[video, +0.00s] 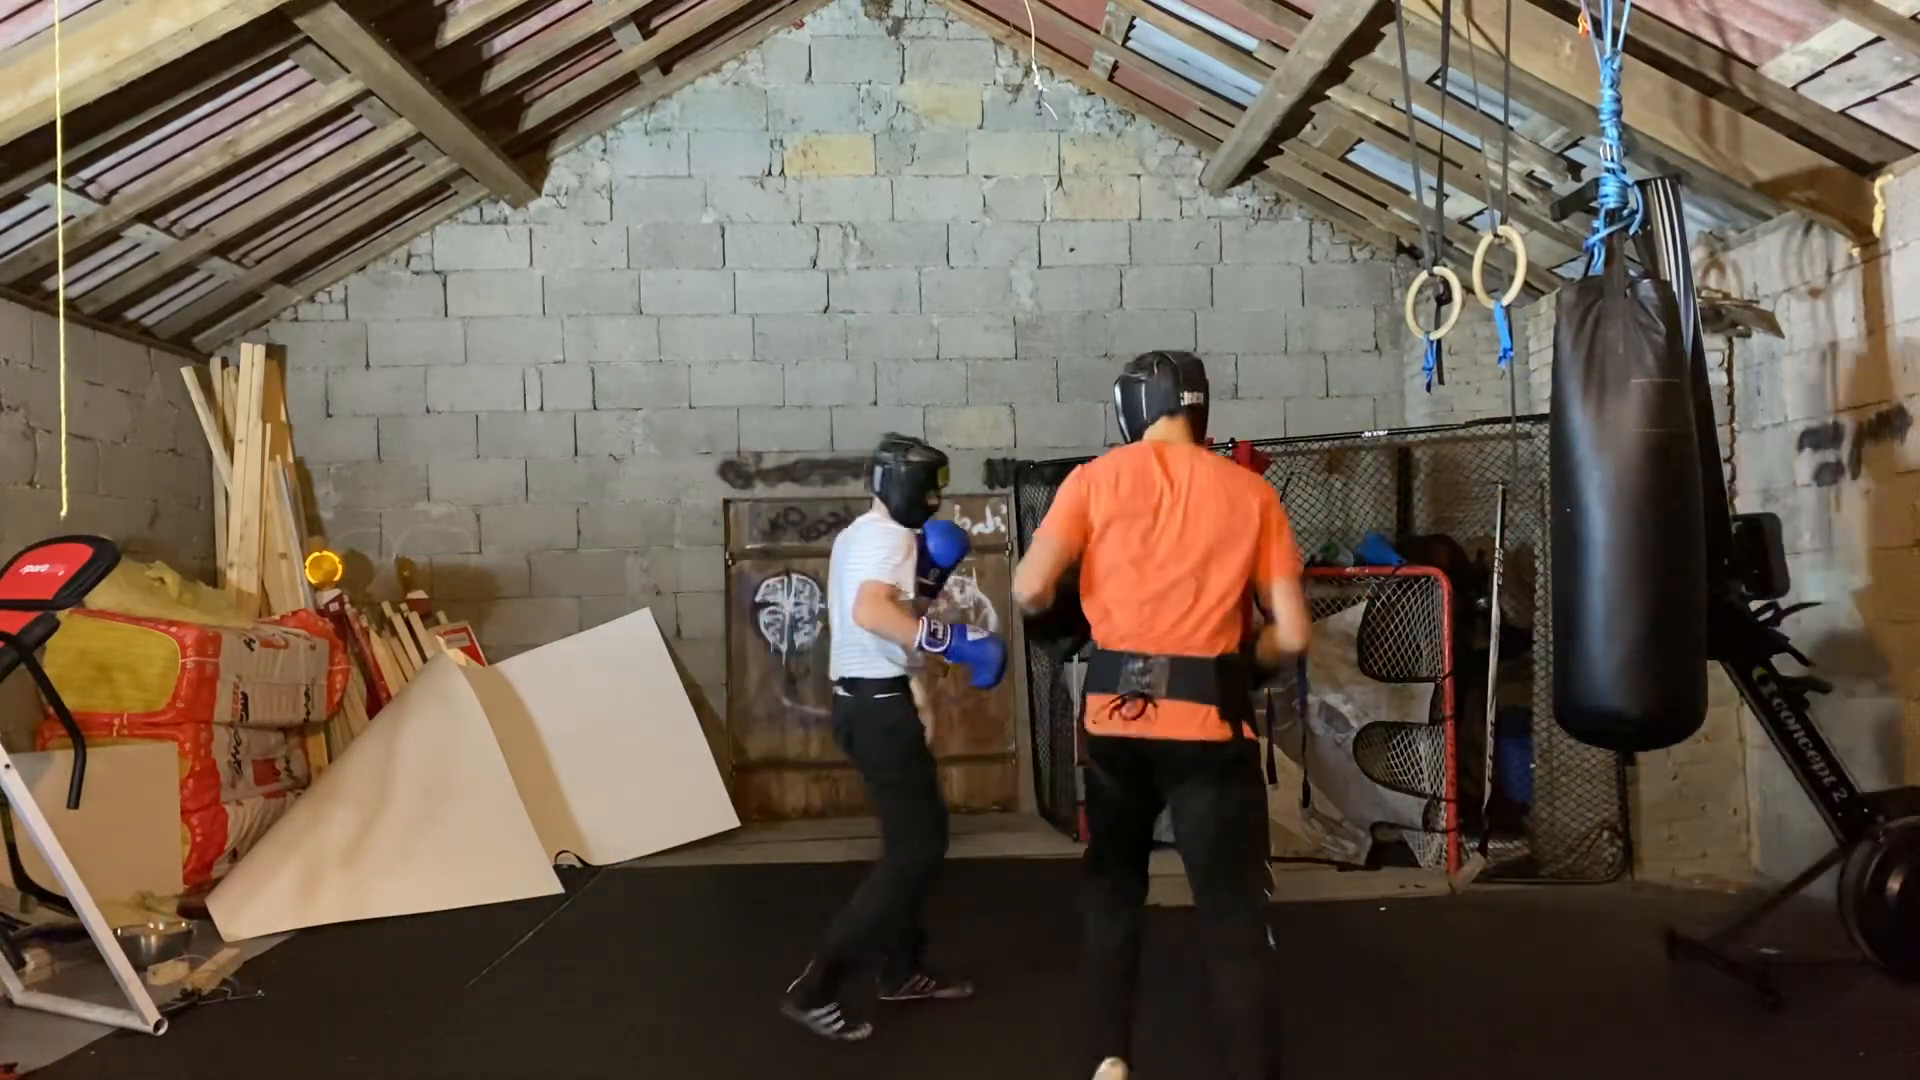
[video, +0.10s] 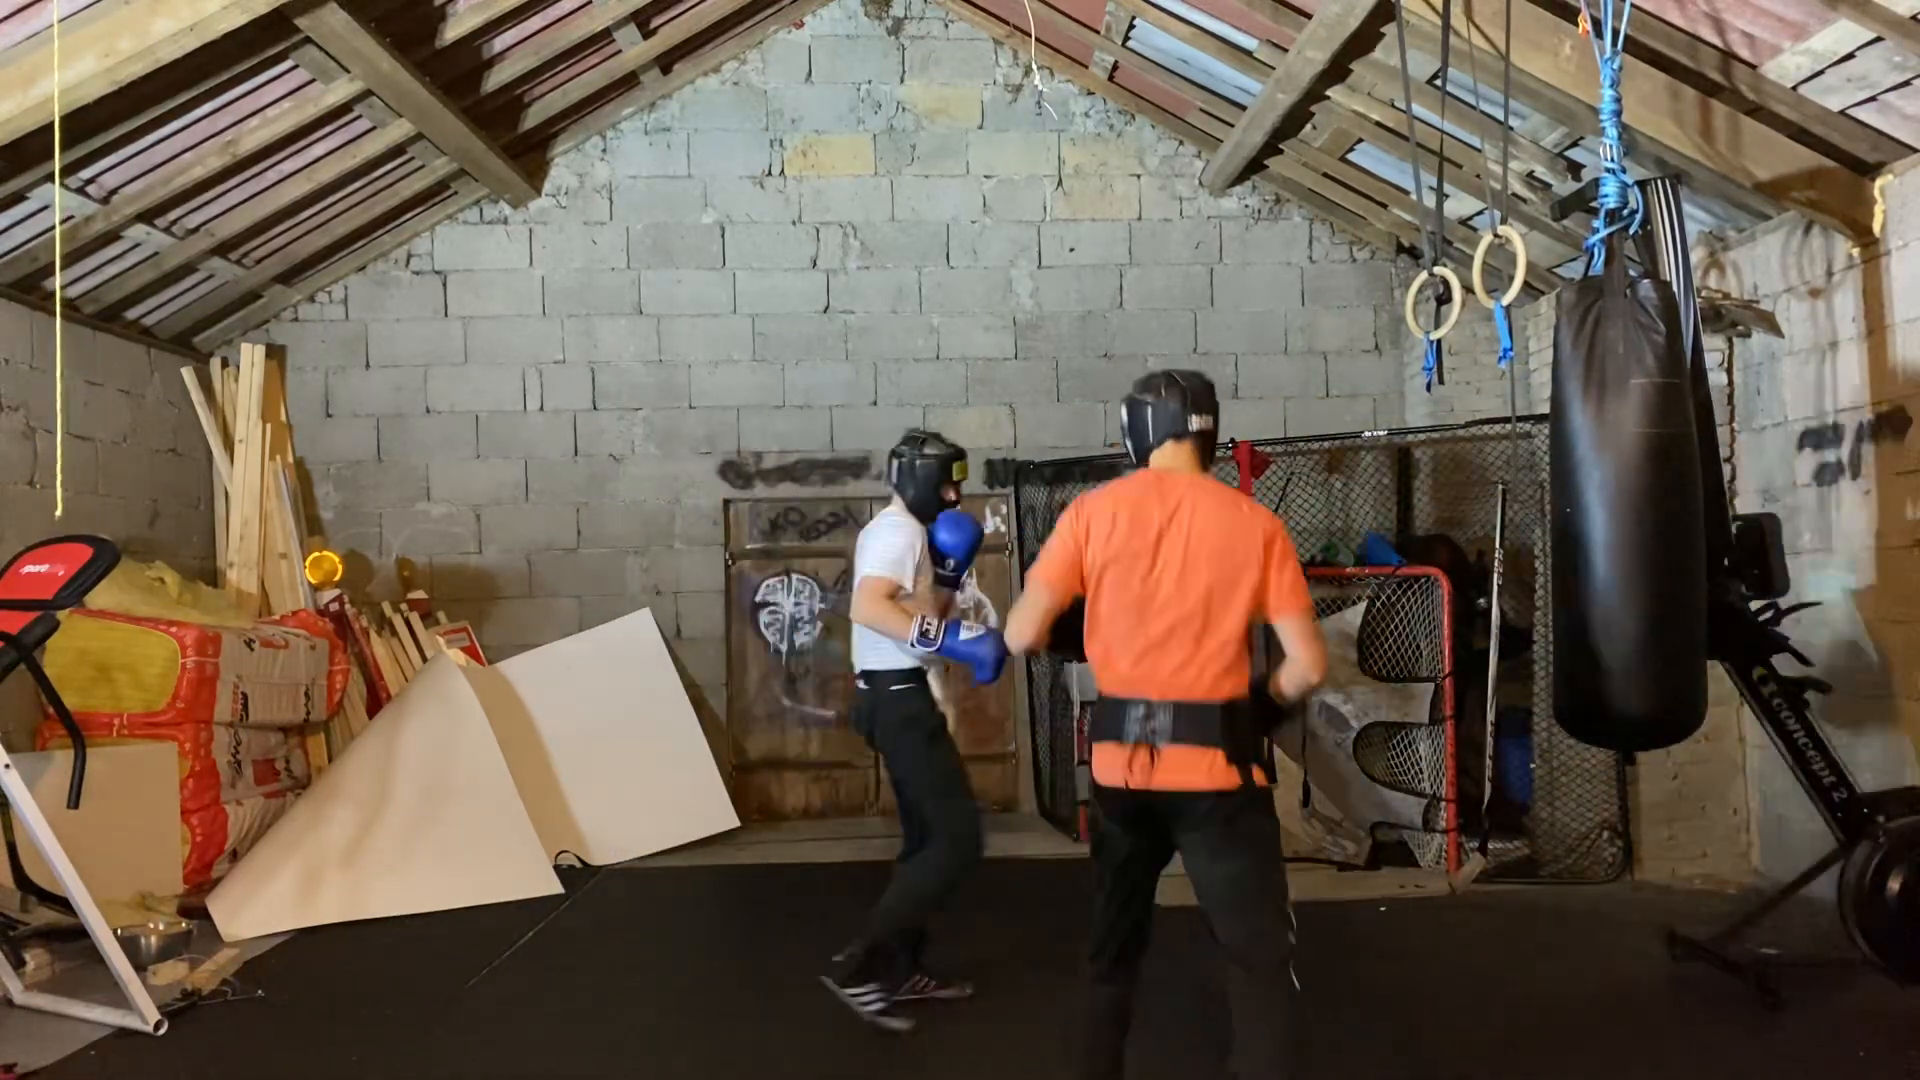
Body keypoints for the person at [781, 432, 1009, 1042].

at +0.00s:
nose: (936, 498)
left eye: (937, 488)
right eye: (932, 488)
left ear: (881, 485)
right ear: (915, 490)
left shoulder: (860, 534)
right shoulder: (887, 537)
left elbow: (892, 608)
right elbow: (871, 610)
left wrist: (930, 570)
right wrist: (948, 641)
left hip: (868, 704)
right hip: (879, 707)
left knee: (917, 837)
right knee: (919, 842)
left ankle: (899, 974)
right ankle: (813, 990)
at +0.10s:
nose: (953, 490)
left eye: (954, 479)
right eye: (948, 479)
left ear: (906, 477)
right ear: (927, 480)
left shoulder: (915, 533)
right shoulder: (892, 531)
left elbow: (929, 618)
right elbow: (867, 606)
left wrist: (946, 570)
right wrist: (946, 640)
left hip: (905, 694)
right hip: (896, 697)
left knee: (927, 836)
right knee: (955, 837)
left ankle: (903, 971)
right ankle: (861, 968)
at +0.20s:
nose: (972, 484)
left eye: (972, 473)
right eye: (965, 474)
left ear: (933, 472)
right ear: (943, 475)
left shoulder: (951, 526)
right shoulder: (907, 524)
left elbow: (971, 611)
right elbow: (872, 603)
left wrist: (969, 569)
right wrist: (950, 629)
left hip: (938, 686)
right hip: (913, 690)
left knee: (926, 832)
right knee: (979, 829)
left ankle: (905, 965)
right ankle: (924, 984)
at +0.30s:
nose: (988, 491)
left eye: (990, 480)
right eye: (978, 481)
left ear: (979, 478)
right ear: (947, 483)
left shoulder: (969, 531)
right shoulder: (917, 537)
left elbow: (990, 616)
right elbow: (892, 618)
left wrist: (991, 570)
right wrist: (972, 631)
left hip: (960, 692)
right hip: (931, 697)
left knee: (932, 836)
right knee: (983, 838)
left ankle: (900, 969)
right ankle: (1007, 1007)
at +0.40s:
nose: (999, 499)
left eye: (1003, 486)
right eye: (987, 490)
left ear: (1004, 483)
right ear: (957, 493)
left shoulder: (990, 541)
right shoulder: (930, 551)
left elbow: (1009, 619)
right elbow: (916, 643)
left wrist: (1008, 584)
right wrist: (989, 647)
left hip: (981, 703)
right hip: (950, 708)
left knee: (940, 840)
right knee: (1007, 841)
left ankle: (900, 968)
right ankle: (1038, 1011)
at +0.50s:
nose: (1012, 502)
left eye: (1017, 487)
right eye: (999, 493)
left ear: (1024, 482)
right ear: (970, 495)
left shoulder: (1022, 540)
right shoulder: (950, 555)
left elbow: (1052, 623)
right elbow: (938, 651)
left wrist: (1029, 582)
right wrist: (1013, 653)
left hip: (1009, 705)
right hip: (973, 711)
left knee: (966, 836)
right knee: (1040, 841)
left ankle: (905, 958)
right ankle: (1052, 1014)